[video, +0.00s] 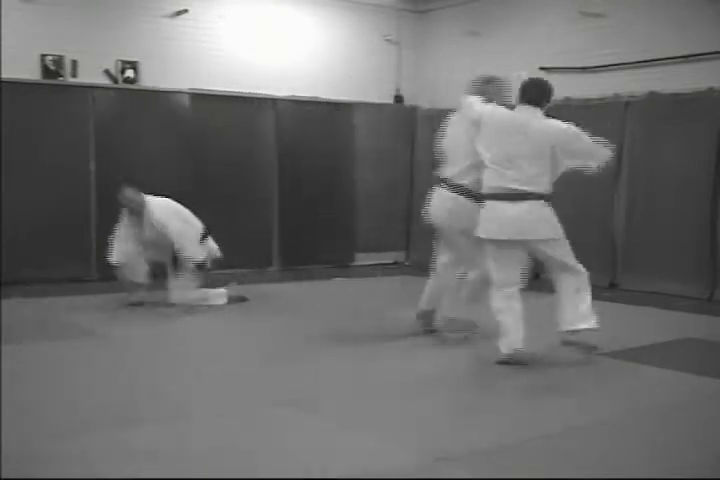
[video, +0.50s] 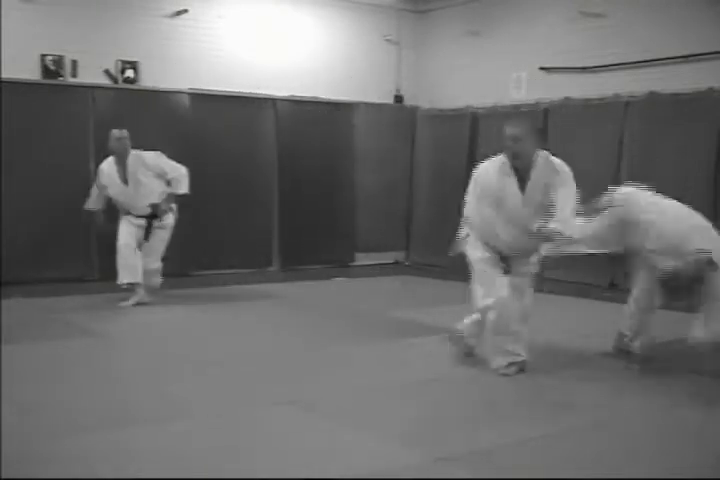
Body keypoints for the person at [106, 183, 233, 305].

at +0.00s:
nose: (129, 206)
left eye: (131, 200)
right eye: (125, 203)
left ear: (139, 195)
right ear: (123, 205)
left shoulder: (158, 209)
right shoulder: (129, 216)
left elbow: (182, 233)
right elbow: (120, 243)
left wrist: (192, 261)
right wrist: (118, 264)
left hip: (195, 251)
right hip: (169, 253)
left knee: (179, 296)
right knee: (128, 255)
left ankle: (225, 296)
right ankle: (139, 292)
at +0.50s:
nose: (122, 143)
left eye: (125, 139)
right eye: (117, 140)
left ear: (130, 142)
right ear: (110, 145)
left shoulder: (148, 159)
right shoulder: (106, 169)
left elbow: (180, 173)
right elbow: (98, 194)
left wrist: (168, 201)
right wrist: (97, 211)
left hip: (160, 213)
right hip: (131, 216)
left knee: (150, 259)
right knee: (125, 248)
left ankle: (153, 285)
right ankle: (139, 291)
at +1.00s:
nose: (130, 138)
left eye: (132, 134)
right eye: (125, 135)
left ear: (137, 135)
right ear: (115, 139)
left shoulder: (154, 152)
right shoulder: (107, 165)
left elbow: (178, 164)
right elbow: (94, 194)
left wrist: (167, 186)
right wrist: (93, 226)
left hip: (159, 207)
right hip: (129, 209)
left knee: (161, 248)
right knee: (115, 250)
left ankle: (161, 280)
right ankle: (110, 283)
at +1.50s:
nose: (211, 119)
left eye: (214, 114)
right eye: (206, 114)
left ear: (218, 117)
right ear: (194, 116)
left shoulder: (224, 144)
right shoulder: (178, 140)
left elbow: (232, 179)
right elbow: (148, 160)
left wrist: (238, 174)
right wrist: (154, 182)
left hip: (203, 206)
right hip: (174, 201)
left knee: (193, 248)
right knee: (190, 244)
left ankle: (167, 277)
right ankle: (199, 294)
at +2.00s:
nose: (302, 103)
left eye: (304, 99)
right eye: (296, 98)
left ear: (307, 104)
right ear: (282, 100)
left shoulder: (312, 133)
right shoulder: (265, 121)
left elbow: (336, 134)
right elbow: (220, 125)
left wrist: (325, 106)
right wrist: (223, 141)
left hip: (289, 207)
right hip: (257, 200)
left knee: (279, 259)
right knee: (277, 249)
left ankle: (251, 308)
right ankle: (262, 309)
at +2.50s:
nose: (439, 91)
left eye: (438, 87)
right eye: (430, 87)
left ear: (440, 96)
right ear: (410, 97)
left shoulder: (455, 126)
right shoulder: (395, 132)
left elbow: (480, 96)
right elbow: (378, 174)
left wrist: (497, 68)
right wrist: (415, 182)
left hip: (441, 225)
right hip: (400, 221)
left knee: (452, 283)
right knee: (384, 285)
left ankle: (419, 326)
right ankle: (350, 343)